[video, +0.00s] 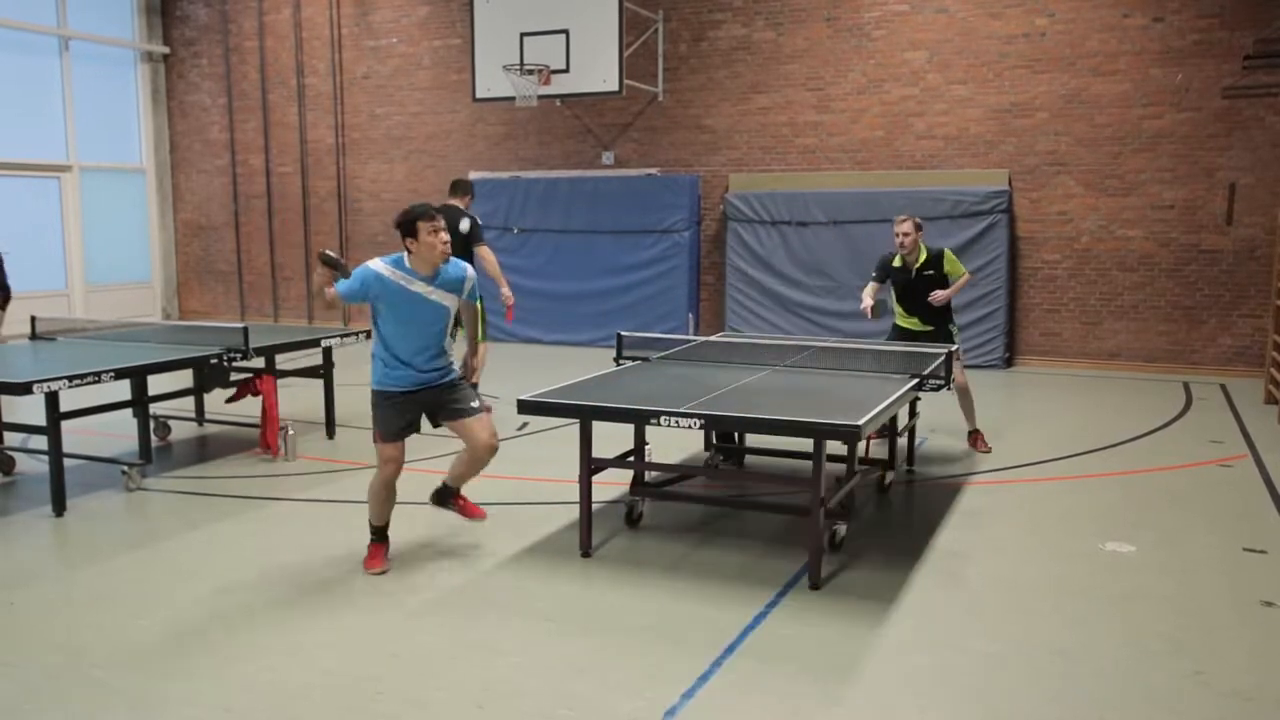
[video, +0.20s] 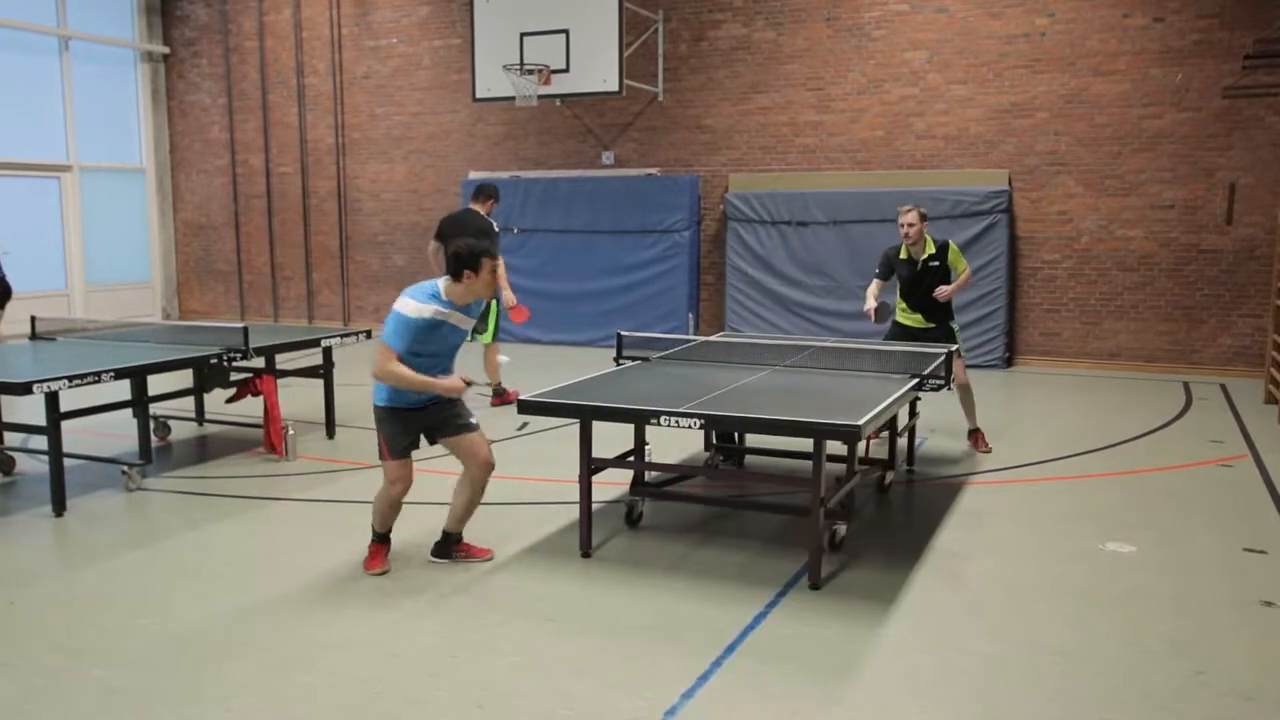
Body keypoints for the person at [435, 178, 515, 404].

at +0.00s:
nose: (469, 203)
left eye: (468, 200)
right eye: (470, 200)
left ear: (449, 194)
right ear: (467, 198)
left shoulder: (432, 214)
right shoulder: (467, 220)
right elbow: (483, 254)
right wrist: (503, 286)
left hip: (432, 285)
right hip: (464, 287)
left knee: (440, 338)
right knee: (478, 340)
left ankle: (432, 385)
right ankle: (470, 391)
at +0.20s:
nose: (494, 209)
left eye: (494, 205)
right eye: (494, 205)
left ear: (472, 199)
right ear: (490, 203)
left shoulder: (448, 220)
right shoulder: (489, 226)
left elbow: (433, 250)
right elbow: (497, 261)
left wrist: (444, 277)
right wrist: (506, 289)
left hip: (454, 288)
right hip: (484, 292)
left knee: (447, 339)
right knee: (490, 342)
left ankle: (441, 390)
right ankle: (497, 389)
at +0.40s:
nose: (513, 205)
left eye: (512, 202)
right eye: (513, 202)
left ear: (491, 195)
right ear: (509, 201)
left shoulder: (467, 216)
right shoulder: (508, 223)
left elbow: (453, 246)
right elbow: (514, 262)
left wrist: (455, 279)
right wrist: (516, 291)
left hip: (469, 285)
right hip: (498, 287)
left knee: (467, 338)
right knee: (499, 339)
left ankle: (455, 388)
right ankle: (499, 390)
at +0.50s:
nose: (521, 203)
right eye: (521, 200)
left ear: (498, 194)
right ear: (517, 199)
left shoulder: (474, 216)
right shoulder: (516, 224)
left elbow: (462, 253)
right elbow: (524, 260)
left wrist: (461, 278)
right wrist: (530, 290)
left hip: (475, 283)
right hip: (507, 285)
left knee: (485, 331)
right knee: (503, 335)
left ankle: (489, 379)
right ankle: (497, 387)